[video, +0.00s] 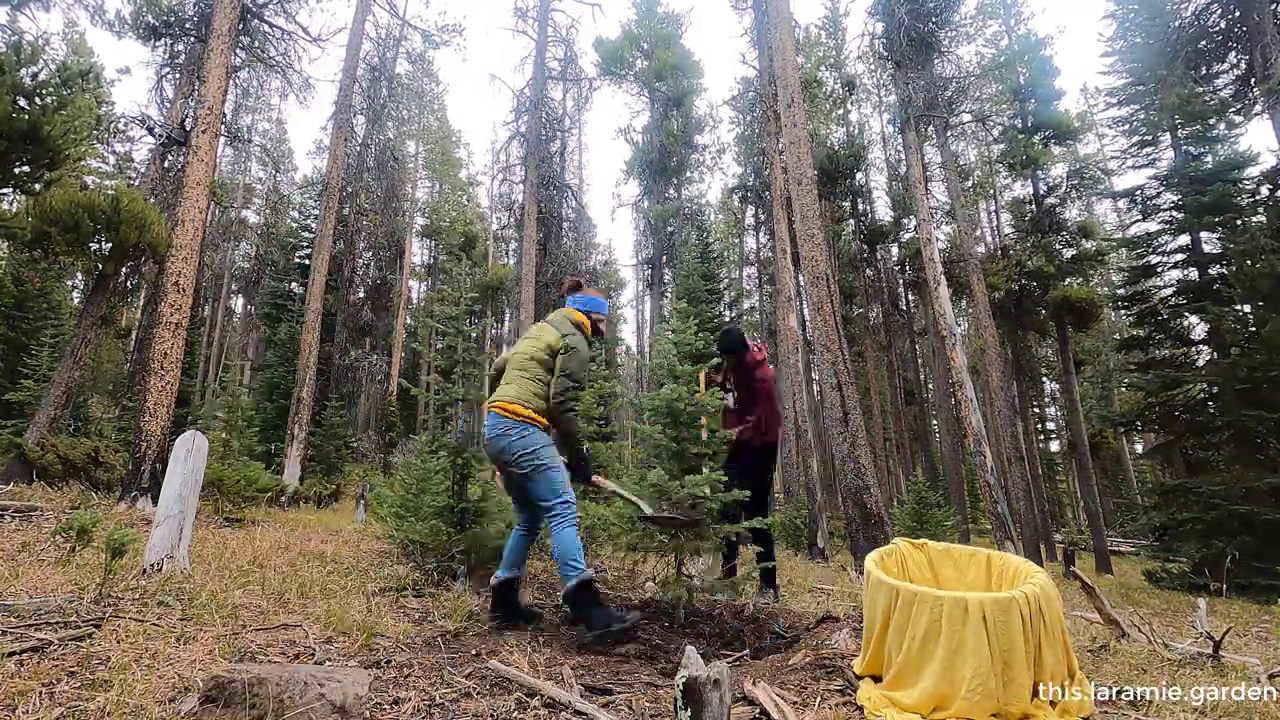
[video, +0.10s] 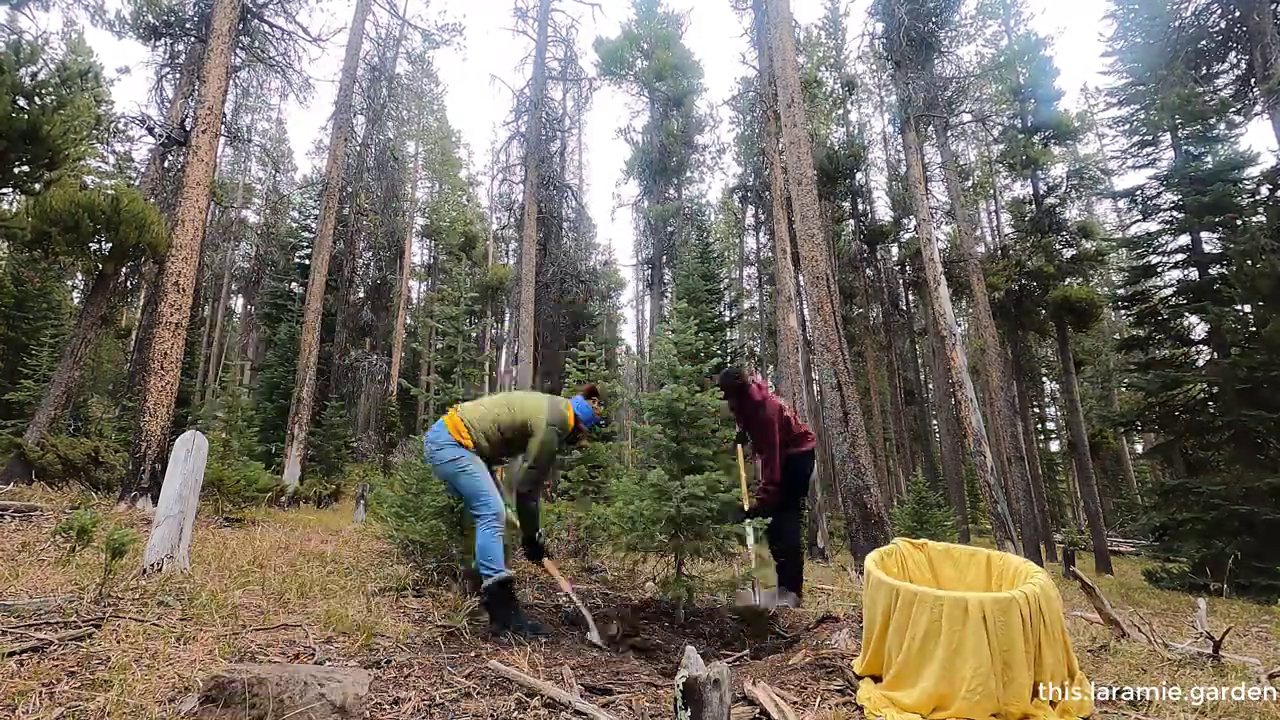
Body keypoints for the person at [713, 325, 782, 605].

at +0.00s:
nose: (728, 361)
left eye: (730, 356)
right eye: (725, 357)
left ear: (740, 351)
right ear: (732, 351)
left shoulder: (761, 375)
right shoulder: (739, 368)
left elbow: (760, 422)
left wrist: (727, 430)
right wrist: (722, 383)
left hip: (762, 446)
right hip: (742, 444)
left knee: (756, 515)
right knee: (727, 509)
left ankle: (769, 586)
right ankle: (728, 574)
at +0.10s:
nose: (725, 398)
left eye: (728, 393)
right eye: (724, 393)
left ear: (738, 390)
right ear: (738, 387)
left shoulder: (764, 406)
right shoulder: (745, 402)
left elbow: (771, 455)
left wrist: (763, 500)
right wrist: (745, 434)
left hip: (798, 452)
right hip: (781, 454)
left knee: (787, 521)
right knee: (778, 521)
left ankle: (791, 590)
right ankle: (783, 587)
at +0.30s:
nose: (755, 422)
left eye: (754, 416)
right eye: (751, 418)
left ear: (762, 407)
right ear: (763, 403)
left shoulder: (793, 421)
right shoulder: (783, 414)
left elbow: (798, 473)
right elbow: (793, 466)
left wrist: (785, 522)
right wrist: (788, 514)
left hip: (842, 458)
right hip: (827, 461)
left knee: (823, 529)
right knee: (819, 527)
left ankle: (830, 596)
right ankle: (830, 593)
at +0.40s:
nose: (782, 359)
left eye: (783, 353)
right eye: (779, 354)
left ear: (792, 345)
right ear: (791, 338)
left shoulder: (821, 365)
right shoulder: (808, 346)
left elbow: (825, 422)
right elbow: (803, 371)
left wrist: (797, 456)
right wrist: (790, 379)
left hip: (845, 439)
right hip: (828, 438)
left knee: (830, 519)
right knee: (821, 518)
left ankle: (843, 596)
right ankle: (826, 590)